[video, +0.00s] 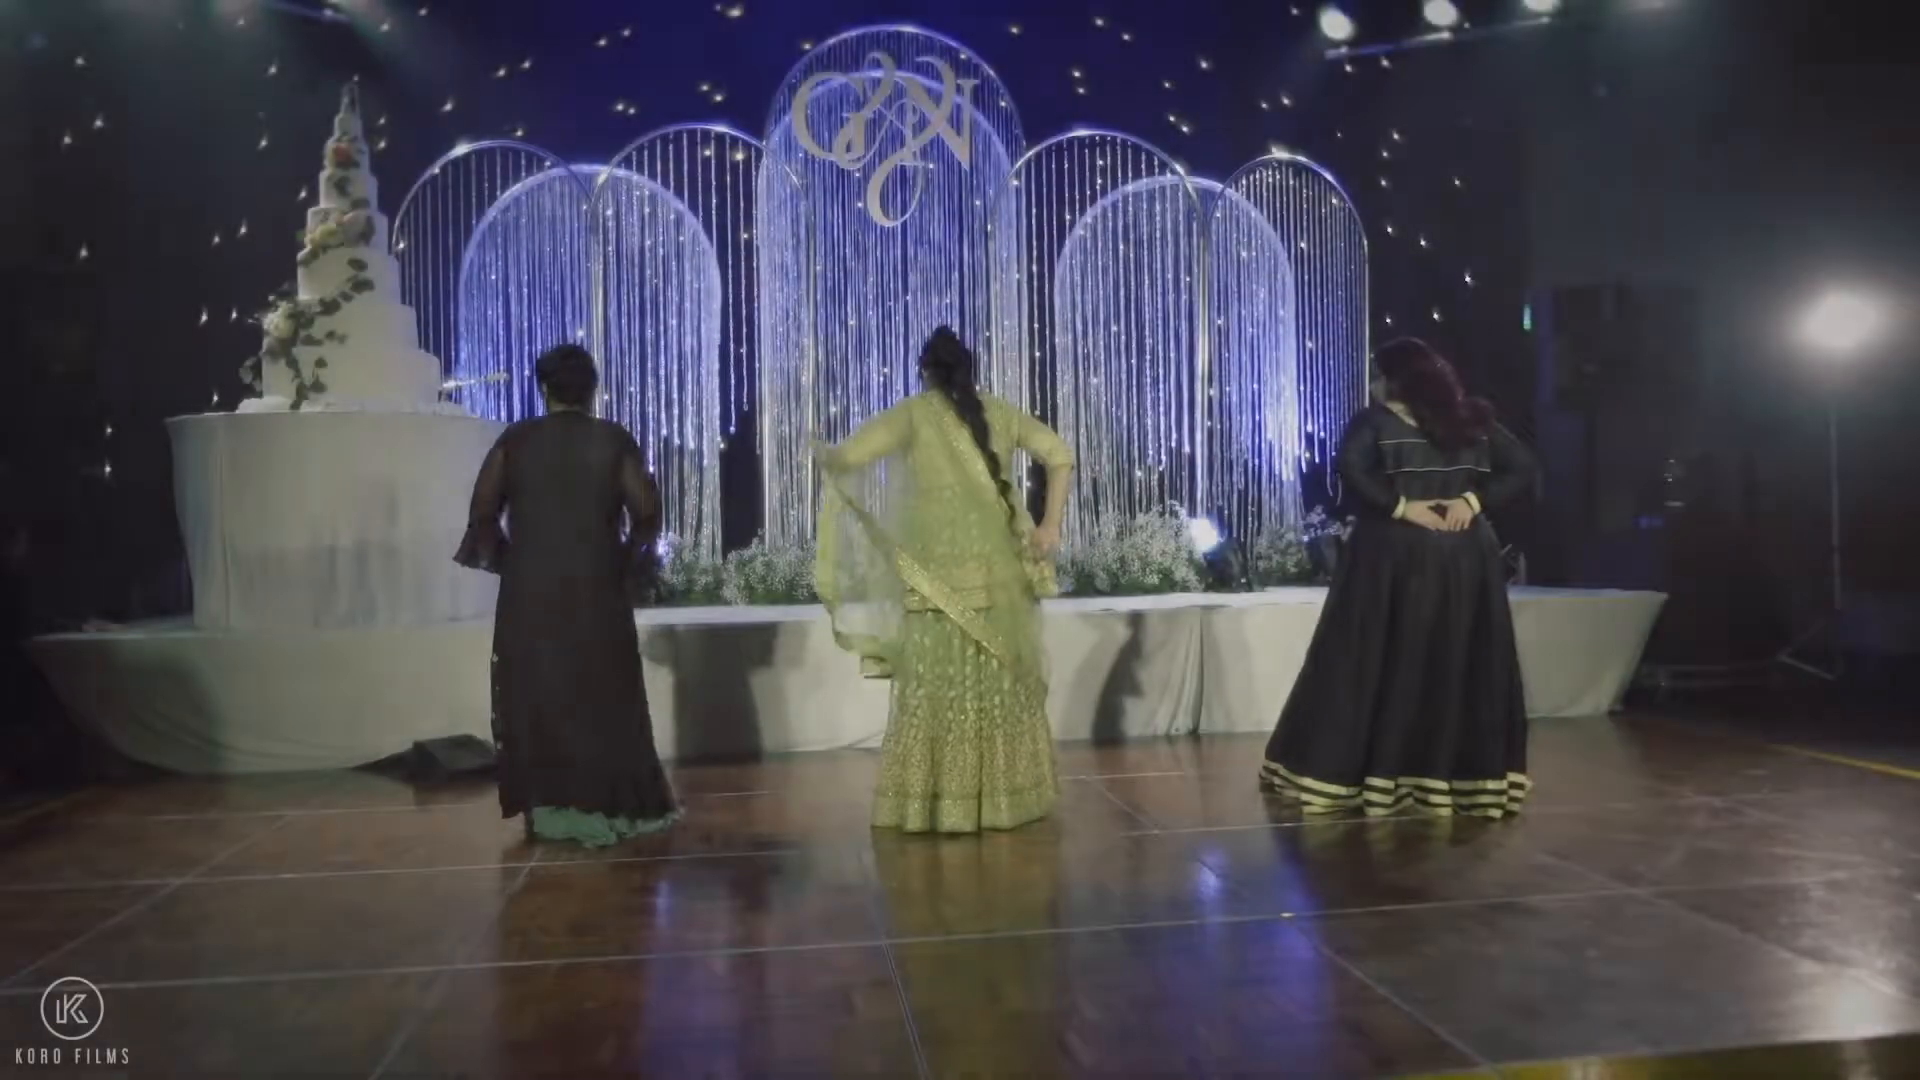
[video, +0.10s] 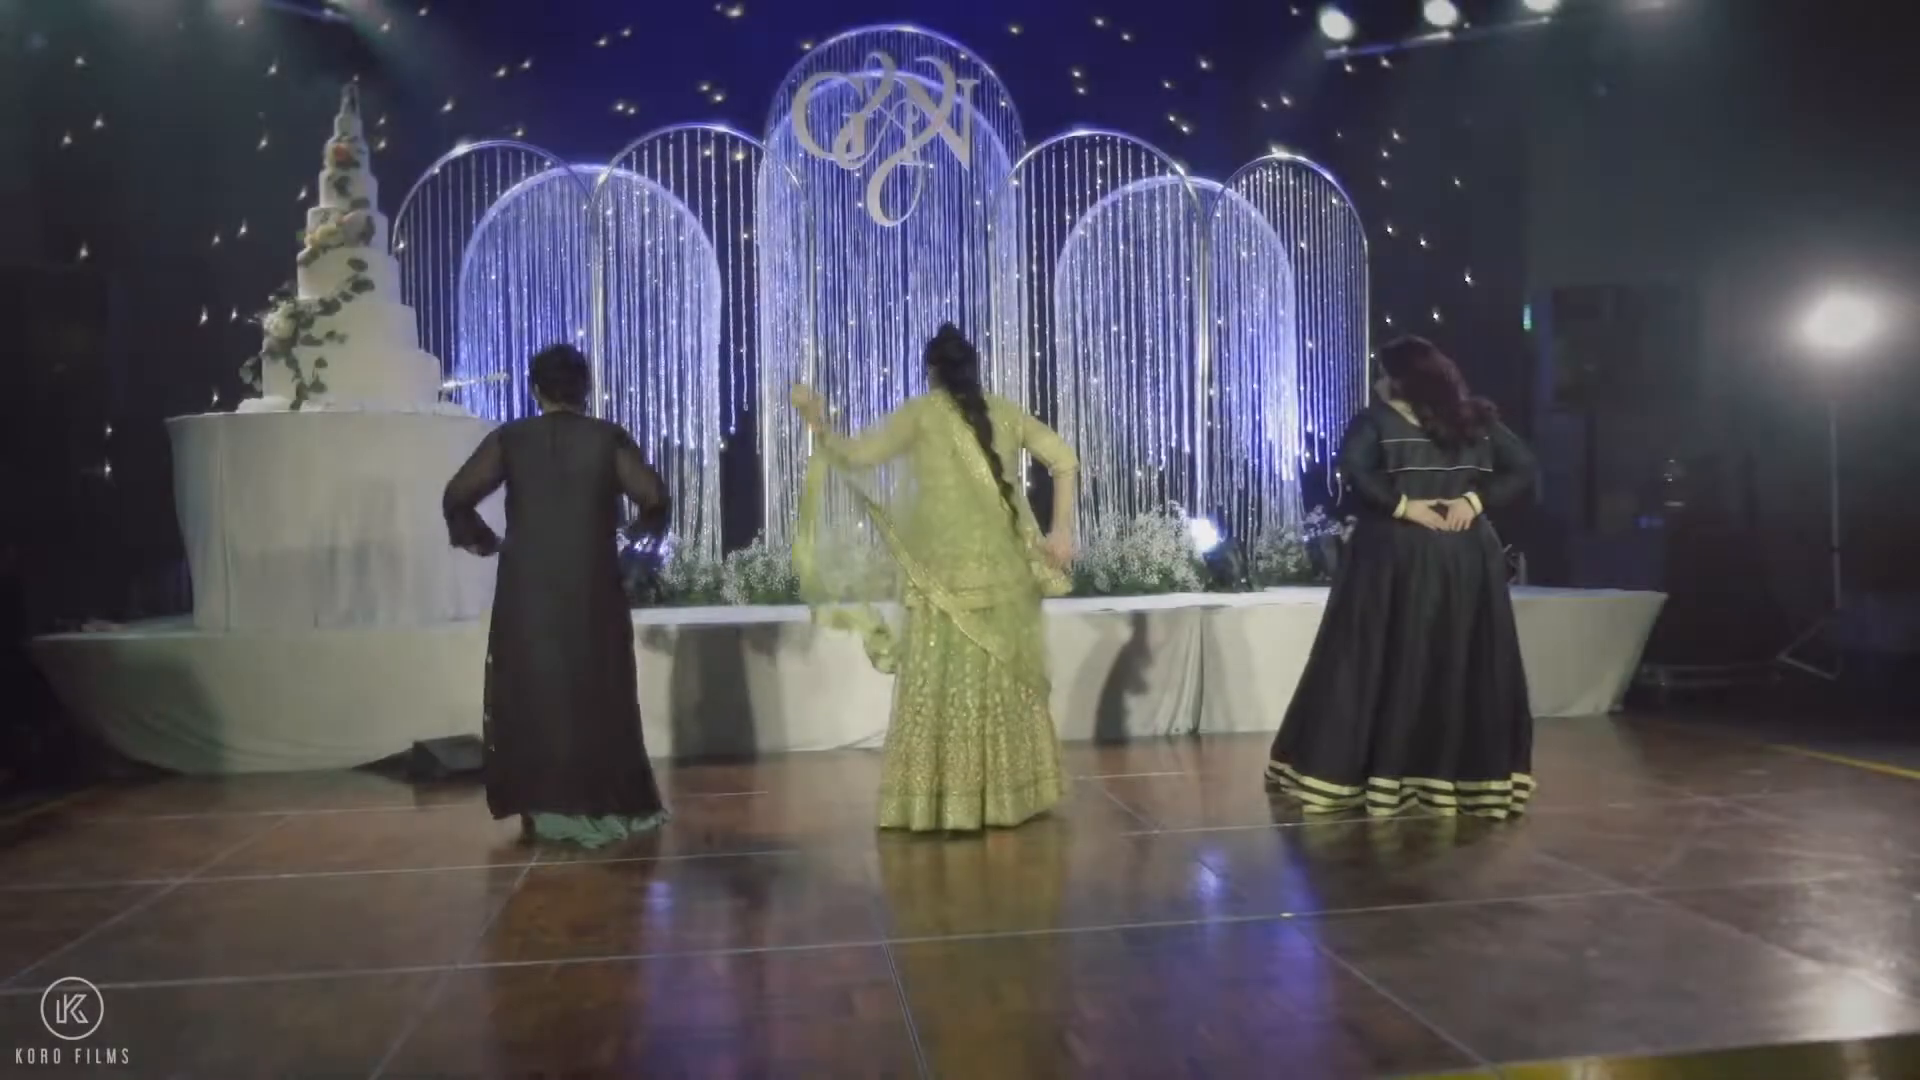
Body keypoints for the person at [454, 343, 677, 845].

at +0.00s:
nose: (571, 392)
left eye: (556, 385)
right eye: (581, 384)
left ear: (544, 389)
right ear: (592, 389)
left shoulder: (515, 441)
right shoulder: (614, 440)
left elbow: (482, 519)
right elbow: (648, 511)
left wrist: (515, 561)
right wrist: (626, 560)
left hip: (532, 591)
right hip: (595, 591)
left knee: (537, 697)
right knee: (602, 695)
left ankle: (545, 808)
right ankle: (608, 806)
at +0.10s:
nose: (555, 394)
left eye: (542, 386)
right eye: (573, 384)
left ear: (536, 391)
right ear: (585, 388)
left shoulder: (511, 437)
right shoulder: (609, 439)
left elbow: (457, 497)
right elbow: (654, 497)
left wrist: (478, 537)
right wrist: (645, 528)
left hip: (528, 588)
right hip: (590, 588)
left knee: (533, 696)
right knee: (595, 694)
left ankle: (540, 808)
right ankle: (600, 806)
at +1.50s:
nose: (597, 396)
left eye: (593, 390)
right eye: (594, 390)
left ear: (541, 393)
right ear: (586, 392)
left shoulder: (516, 434)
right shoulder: (615, 437)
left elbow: (442, 428)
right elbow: (687, 432)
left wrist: (374, 420)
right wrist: (709, 377)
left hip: (528, 587)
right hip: (592, 588)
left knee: (536, 693)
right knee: (596, 693)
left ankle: (540, 809)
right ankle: (598, 810)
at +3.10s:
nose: (543, 421)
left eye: (542, 412)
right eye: (542, 412)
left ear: (549, 410)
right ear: (590, 400)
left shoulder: (547, 466)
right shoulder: (638, 429)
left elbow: (511, 535)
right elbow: (699, 430)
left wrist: (445, 573)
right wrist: (713, 412)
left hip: (592, 593)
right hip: (654, 586)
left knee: (579, 693)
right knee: (641, 691)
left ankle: (574, 808)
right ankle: (637, 803)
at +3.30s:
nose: (542, 427)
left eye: (541, 417)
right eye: (541, 417)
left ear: (549, 413)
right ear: (588, 403)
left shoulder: (547, 467)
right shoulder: (636, 431)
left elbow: (517, 540)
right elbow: (686, 454)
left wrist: (460, 576)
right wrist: (718, 437)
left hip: (595, 594)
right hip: (656, 587)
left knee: (576, 695)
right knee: (647, 691)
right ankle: (647, 803)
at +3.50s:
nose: (542, 428)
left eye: (540, 417)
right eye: (541, 418)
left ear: (550, 413)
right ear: (588, 402)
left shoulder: (547, 466)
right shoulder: (637, 433)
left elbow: (517, 541)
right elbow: (683, 466)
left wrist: (462, 585)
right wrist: (723, 478)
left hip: (594, 594)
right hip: (656, 587)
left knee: (577, 695)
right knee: (649, 691)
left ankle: (585, 811)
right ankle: (650, 802)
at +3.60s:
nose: (542, 428)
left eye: (541, 418)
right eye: (541, 419)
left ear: (551, 413)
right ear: (588, 403)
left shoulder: (546, 465)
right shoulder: (637, 433)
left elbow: (514, 532)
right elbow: (690, 464)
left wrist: (465, 584)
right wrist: (727, 491)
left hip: (592, 594)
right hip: (654, 587)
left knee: (578, 695)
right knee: (648, 690)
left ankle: (580, 810)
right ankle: (648, 803)